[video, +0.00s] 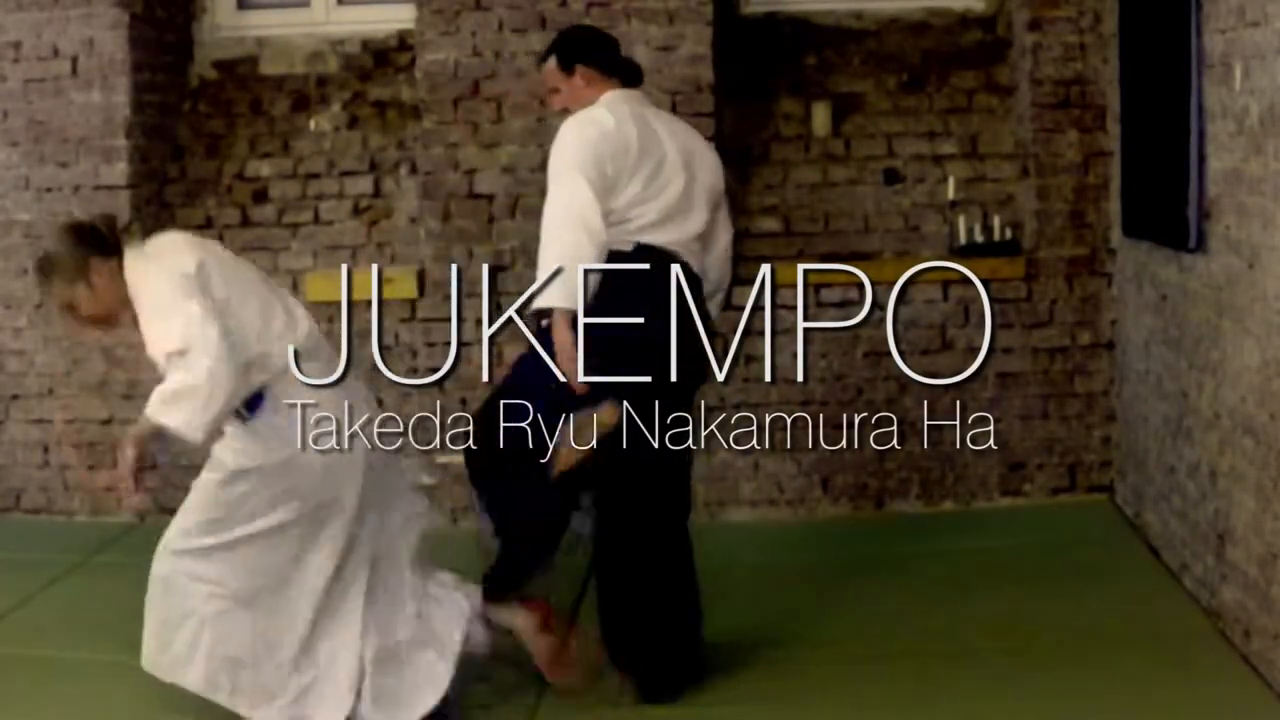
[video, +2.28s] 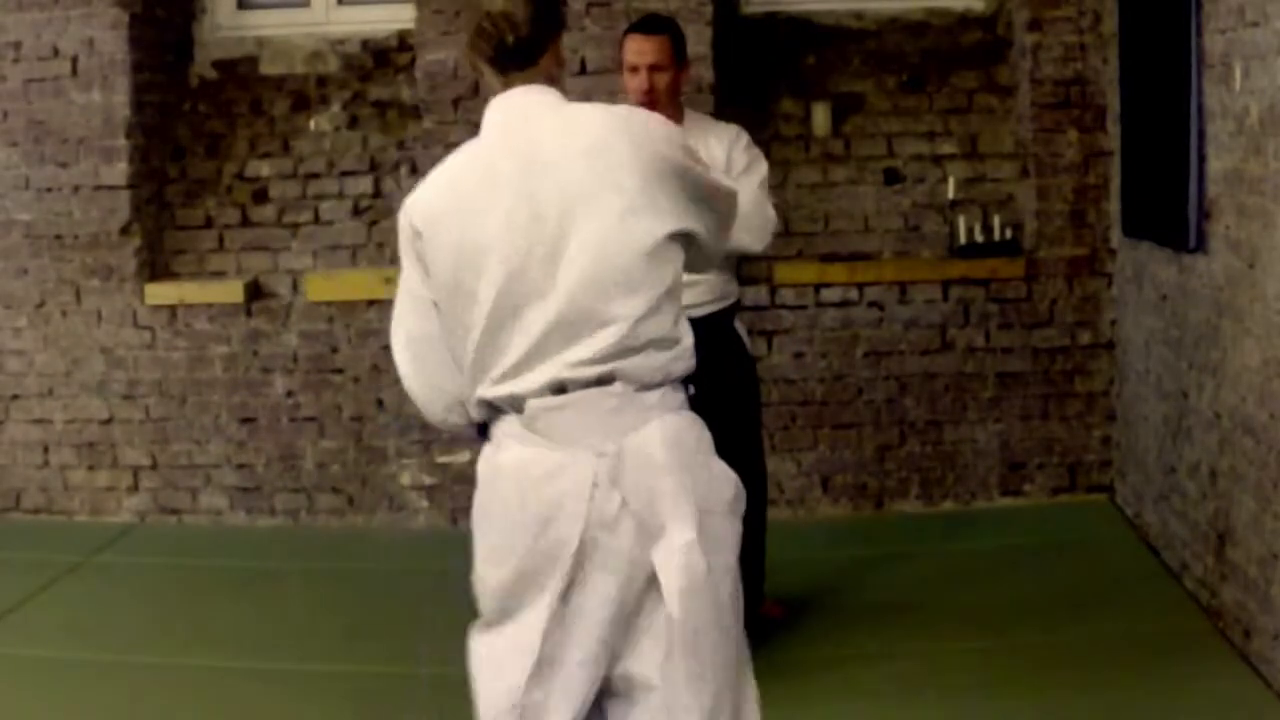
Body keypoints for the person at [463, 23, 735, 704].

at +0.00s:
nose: (553, 107)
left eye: (553, 92)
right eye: (548, 95)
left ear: (583, 75)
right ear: (618, 74)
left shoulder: (584, 132)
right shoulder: (695, 143)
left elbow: (572, 232)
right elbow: (717, 264)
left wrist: (563, 323)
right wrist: (691, 317)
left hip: (604, 315)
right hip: (678, 322)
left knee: (501, 435)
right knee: (652, 490)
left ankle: (523, 586)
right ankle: (664, 662)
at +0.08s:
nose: (556, 106)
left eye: (557, 89)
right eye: (551, 93)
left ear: (590, 73)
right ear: (614, 74)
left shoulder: (593, 136)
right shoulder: (690, 139)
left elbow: (587, 240)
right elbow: (709, 246)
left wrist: (572, 329)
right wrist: (706, 316)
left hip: (622, 308)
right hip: (687, 314)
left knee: (624, 488)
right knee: (667, 481)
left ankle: (638, 653)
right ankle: (678, 642)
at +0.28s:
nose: (555, 92)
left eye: (561, 75)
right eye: (550, 79)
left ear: (598, 65)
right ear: (595, 71)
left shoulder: (640, 121)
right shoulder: (630, 123)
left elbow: (658, 214)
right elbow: (642, 220)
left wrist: (628, 308)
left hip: (654, 313)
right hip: (648, 312)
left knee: (639, 478)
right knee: (643, 477)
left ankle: (651, 639)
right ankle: (656, 634)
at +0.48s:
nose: (571, 61)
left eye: (581, 47)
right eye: (566, 49)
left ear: (621, 43)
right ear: (572, 51)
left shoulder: (677, 111)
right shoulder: (581, 133)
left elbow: (723, 207)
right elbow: (575, 227)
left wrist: (705, 301)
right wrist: (573, 298)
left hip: (669, 293)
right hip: (601, 301)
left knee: (672, 463)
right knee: (612, 462)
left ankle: (686, 618)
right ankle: (633, 616)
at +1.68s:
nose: (622, 50)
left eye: (634, 37)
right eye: (611, 38)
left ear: (658, 46)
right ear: (594, 47)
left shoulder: (696, 127)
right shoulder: (576, 128)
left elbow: (743, 208)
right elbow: (554, 218)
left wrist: (671, 223)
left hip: (688, 330)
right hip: (602, 330)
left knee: (707, 490)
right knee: (618, 490)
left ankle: (719, 643)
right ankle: (633, 644)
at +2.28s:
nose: (642, 83)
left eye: (655, 69)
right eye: (632, 71)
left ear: (682, 73)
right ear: (620, 75)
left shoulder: (726, 144)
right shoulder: (605, 147)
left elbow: (754, 234)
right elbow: (588, 222)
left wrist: (677, 186)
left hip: (708, 334)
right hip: (627, 336)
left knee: (736, 479)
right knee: (640, 477)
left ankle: (741, 609)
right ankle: (648, 613)